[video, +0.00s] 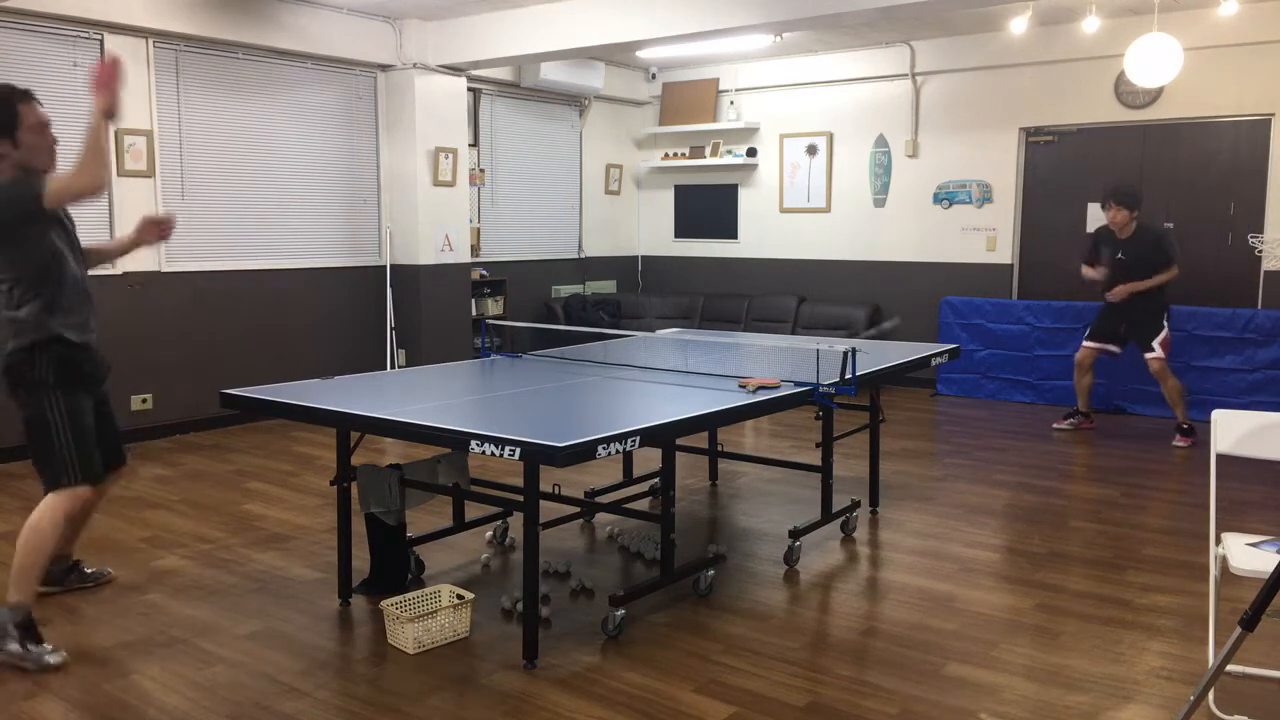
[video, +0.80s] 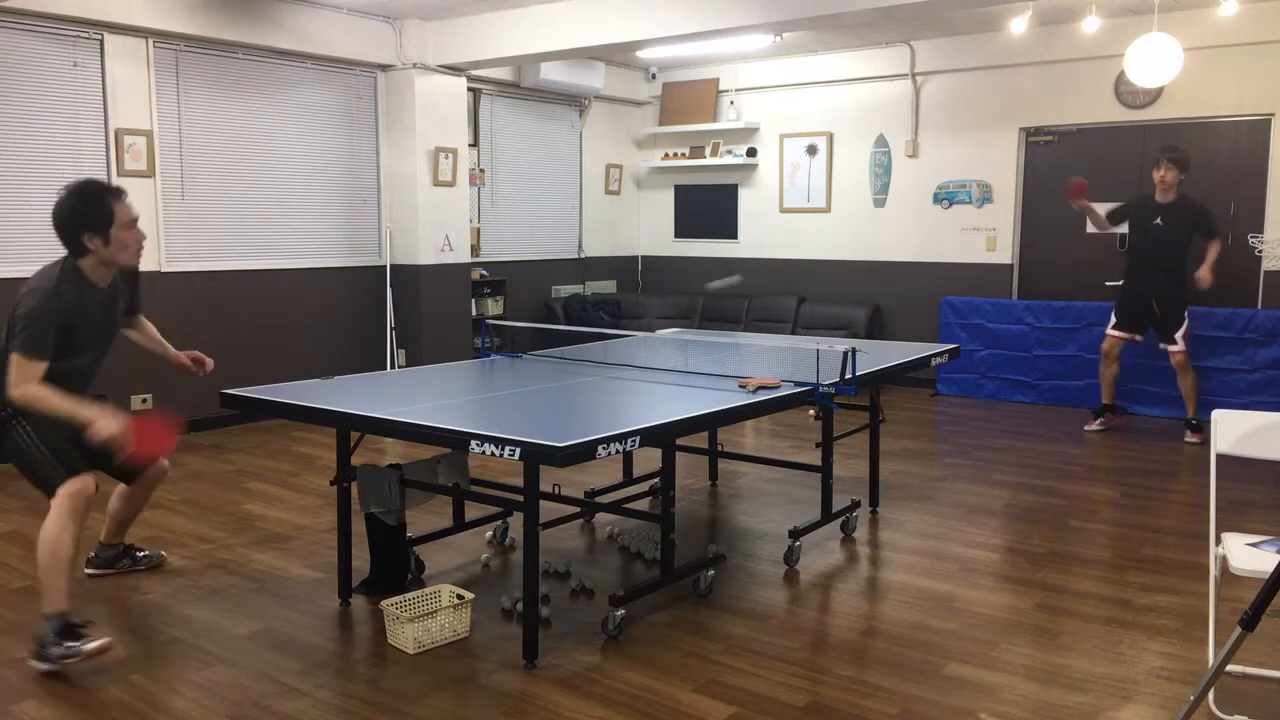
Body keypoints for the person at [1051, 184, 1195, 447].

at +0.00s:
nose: (1111, 216)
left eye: (1117, 211)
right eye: (1108, 210)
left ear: (1133, 213)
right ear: (1105, 211)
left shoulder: (1155, 237)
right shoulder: (1102, 236)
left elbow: (1172, 271)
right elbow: (1086, 269)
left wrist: (1131, 288)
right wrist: (1096, 274)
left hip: (1148, 311)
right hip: (1113, 308)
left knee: (1157, 367)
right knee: (1082, 359)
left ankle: (1184, 424)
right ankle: (1083, 413)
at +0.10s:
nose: (1120, 220)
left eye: (1126, 215)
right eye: (1117, 214)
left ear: (1141, 216)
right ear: (1113, 213)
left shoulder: (1157, 237)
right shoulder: (1104, 242)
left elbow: (1174, 271)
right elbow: (1095, 285)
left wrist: (1142, 294)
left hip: (1151, 311)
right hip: (1113, 310)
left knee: (1165, 365)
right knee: (1078, 361)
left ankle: (1185, 424)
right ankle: (1083, 414)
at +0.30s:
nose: (1147, 242)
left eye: (1153, 238)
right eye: (1145, 236)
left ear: (1162, 234)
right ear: (1136, 228)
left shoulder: (1166, 247)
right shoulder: (1116, 247)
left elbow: (1177, 276)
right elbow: (1115, 290)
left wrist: (1175, 297)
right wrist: (1150, 297)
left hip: (1151, 315)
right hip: (1115, 314)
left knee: (1178, 364)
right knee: (1076, 366)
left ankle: (1188, 424)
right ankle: (1082, 415)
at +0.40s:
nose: (1164, 229)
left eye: (1170, 225)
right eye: (1161, 223)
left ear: (1176, 225)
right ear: (1151, 219)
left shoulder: (1179, 243)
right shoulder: (1126, 246)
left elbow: (1193, 269)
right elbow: (1099, 278)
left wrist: (1209, 296)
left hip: (1160, 319)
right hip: (1121, 318)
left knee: (1187, 365)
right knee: (1079, 366)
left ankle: (1189, 425)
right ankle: (1083, 415)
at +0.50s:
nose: (1169, 208)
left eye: (1175, 203)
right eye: (1165, 201)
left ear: (1183, 208)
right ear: (1156, 203)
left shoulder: (1190, 237)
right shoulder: (1131, 234)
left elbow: (1208, 259)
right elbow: (1084, 240)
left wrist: (1227, 285)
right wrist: (1046, 251)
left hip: (1169, 317)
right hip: (1129, 314)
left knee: (1192, 366)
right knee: (1091, 364)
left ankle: (1190, 425)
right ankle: (1083, 414)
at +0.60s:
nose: (1166, 190)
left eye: (1173, 185)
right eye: (1163, 184)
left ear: (1184, 191)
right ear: (1156, 187)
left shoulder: (1194, 223)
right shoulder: (1136, 215)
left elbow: (1216, 247)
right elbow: (1091, 212)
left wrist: (1232, 276)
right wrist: (1048, 212)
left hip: (1174, 307)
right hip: (1134, 304)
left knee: (1187, 365)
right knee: (1104, 359)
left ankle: (1190, 426)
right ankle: (1088, 413)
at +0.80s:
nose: (1162, 175)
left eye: (1169, 170)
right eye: (1158, 168)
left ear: (1181, 176)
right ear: (1152, 172)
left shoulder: (1193, 210)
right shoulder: (1139, 205)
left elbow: (1215, 239)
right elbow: (1106, 224)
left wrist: (1206, 267)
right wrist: (1087, 208)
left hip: (1171, 294)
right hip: (1135, 291)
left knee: (1180, 360)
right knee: (1109, 349)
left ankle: (1192, 421)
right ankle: (1107, 410)